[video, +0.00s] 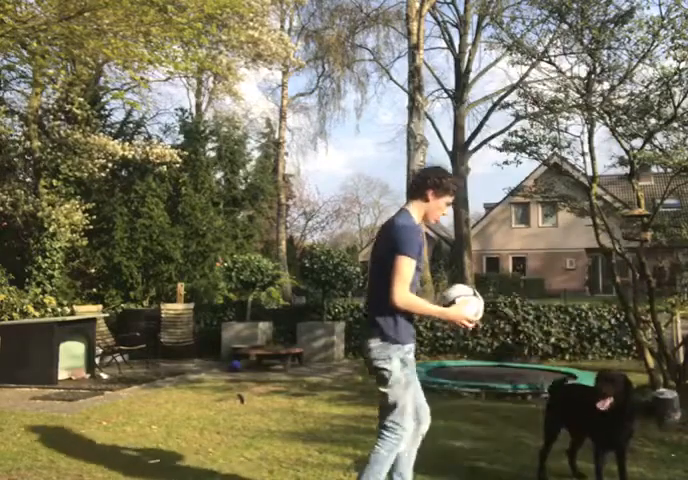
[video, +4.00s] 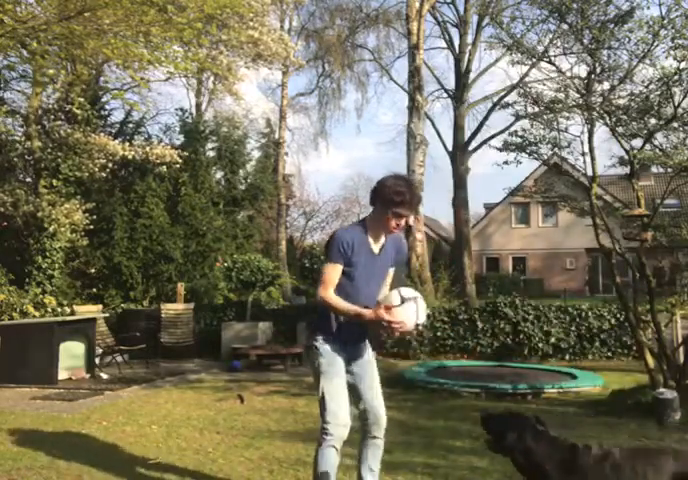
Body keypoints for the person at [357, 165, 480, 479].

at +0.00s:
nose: (445, 212)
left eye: (449, 205)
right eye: (446, 203)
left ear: (427, 194)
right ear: (429, 193)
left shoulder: (399, 227)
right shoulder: (407, 230)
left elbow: (400, 294)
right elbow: (399, 296)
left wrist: (444, 309)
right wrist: (449, 314)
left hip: (394, 342)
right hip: (389, 344)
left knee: (420, 418)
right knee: (398, 426)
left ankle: (400, 476)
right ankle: (370, 477)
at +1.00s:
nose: (419, 259)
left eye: (423, 253)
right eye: (421, 250)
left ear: (404, 238)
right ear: (406, 239)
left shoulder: (366, 256)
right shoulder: (371, 262)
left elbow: (350, 327)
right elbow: (351, 329)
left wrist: (394, 357)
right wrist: (396, 360)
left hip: (299, 340)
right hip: (303, 343)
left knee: (330, 426)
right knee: (347, 428)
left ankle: (323, 476)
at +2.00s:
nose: (438, 261)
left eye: (441, 255)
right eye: (440, 253)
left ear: (422, 244)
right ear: (426, 245)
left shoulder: (384, 261)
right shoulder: (398, 269)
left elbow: (342, 322)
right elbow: (355, 320)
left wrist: (368, 361)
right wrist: (386, 362)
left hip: (312, 338)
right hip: (318, 342)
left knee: (348, 425)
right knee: (356, 429)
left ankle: (332, 475)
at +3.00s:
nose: (447, 238)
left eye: (451, 232)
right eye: (447, 229)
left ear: (427, 219)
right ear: (428, 218)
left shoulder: (402, 249)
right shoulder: (396, 247)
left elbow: (362, 297)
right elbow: (348, 290)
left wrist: (384, 339)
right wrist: (379, 333)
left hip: (348, 340)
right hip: (338, 340)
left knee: (369, 419)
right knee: (363, 424)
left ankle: (352, 474)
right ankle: (350, 475)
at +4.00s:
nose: (402, 224)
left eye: (406, 218)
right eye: (397, 216)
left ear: (410, 216)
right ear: (378, 208)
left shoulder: (397, 245)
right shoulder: (345, 238)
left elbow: (383, 295)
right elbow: (324, 293)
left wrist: (398, 317)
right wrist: (368, 314)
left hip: (360, 340)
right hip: (328, 339)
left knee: (377, 418)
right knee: (336, 425)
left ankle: (368, 476)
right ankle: (325, 475)